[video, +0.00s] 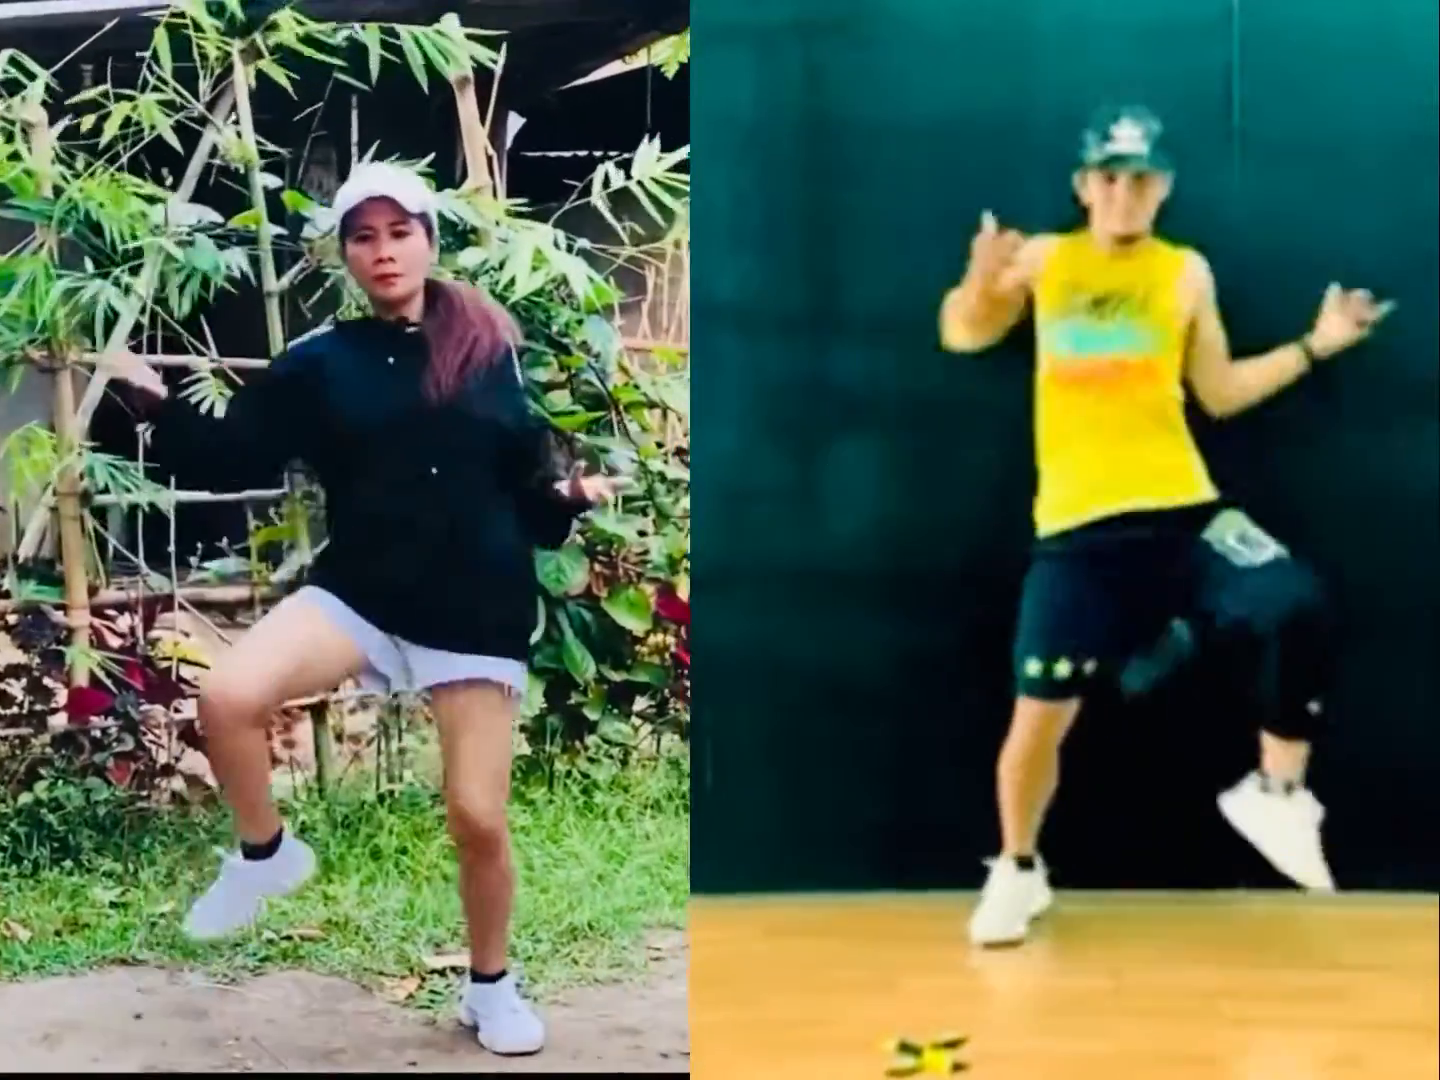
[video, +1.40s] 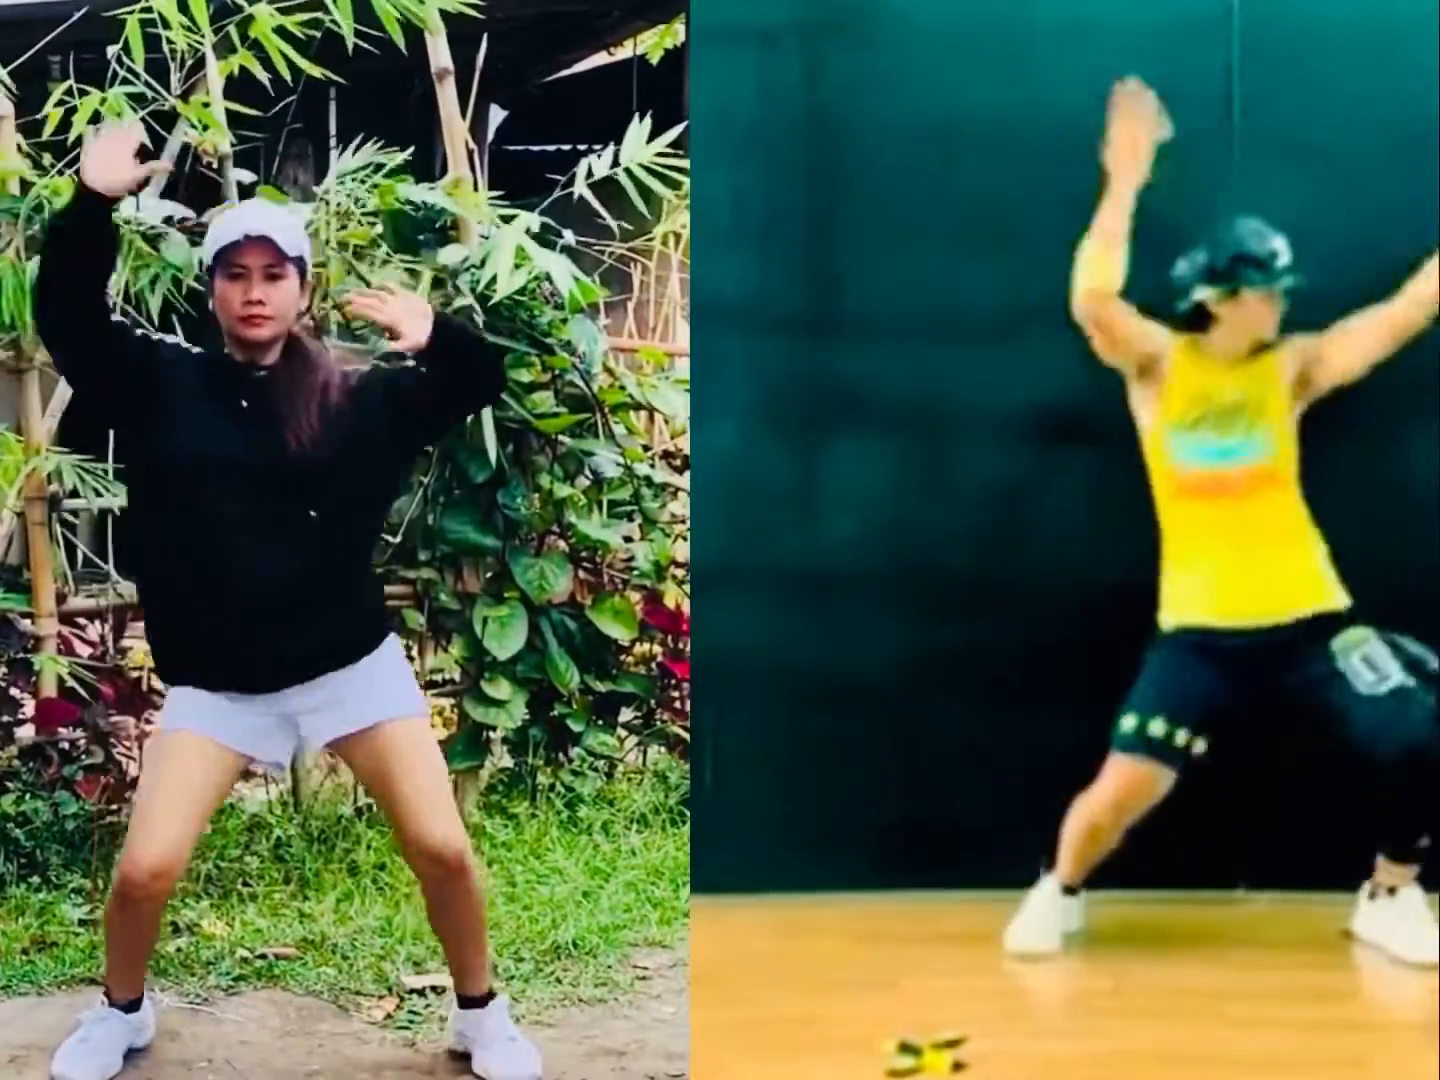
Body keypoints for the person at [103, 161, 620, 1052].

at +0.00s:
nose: (384, 250)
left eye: (400, 231)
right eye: (364, 237)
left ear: (430, 242)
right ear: (345, 256)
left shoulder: (483, 346)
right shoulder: (317, 363)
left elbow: (524, 491)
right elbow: (225, 455)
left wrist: (564, 498)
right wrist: (145, 392)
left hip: (477, 607)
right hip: (359, 591)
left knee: (479, 820)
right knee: (229, 695)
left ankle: (492, 985)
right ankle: (264, 854)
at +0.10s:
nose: (395, 266)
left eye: (412, 247)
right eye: (376, 252)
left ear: (445, 259)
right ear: (358, 273)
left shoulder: (498, 366)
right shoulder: (345, 382)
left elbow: (556, 512)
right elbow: (270, 512)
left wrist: (577, 458)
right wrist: (172, 513)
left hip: (480, 627)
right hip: (361, 599)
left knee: (492, 829)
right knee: (250, 675)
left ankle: (489, 984)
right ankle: (296, 782)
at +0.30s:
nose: (374, 255)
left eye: (393, 237)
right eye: (357, 240)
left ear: (427, 251)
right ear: (341, 259)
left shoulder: (479, 352)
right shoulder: (333, 366)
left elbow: (563, 475)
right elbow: (266, 484)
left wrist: (591, 434)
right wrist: (234, 398)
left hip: (460, 613)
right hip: (343, 588)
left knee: (469, 820)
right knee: (244, 689)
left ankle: (488, 986)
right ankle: (204, 857)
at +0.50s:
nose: (312, 291)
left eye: (332, 277)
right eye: (297, 275)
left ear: (365, 292)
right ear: (273, 288)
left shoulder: (415, 394)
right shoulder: (237, 388)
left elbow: (541, 430)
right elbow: (149, 347)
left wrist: (589, 316)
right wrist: (212, 231)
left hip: (427, 659)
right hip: (294, 656)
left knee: (461, 846)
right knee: (192, 809)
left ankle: (484, 993)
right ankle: (139, 986)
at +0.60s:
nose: (284, 289)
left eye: (305, 273)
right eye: (268, 272)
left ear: (337, 292)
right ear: (246, 288)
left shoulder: (389, 394)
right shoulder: (189, 395)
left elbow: (488, 373)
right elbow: (79, 379)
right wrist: (109, 314)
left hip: (378, 670)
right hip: (237, 674)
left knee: (437, 847)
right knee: (166, 844)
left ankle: (483, 990)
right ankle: (144, 996)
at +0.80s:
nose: (206, 245)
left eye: (228, 230)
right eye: (190, 228)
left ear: (260, 247)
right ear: (166, 242)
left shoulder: (297, 347)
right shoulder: (104, 345)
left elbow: (419, 332)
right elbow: (6, 311)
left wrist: (368, 275)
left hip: (288, 607)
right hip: (152, 629)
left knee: (386, 759)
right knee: (117, 842)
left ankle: (368, 889)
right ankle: (125, 1009)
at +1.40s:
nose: (254, 291)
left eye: (273, 274)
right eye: (235, 274)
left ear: (304, 289)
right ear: (206, 290)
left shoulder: (358, 393)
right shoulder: (155, 384)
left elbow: (475, 381)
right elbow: (68, 318)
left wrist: (433, 333)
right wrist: (96, 200)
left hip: (351, 662)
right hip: (210, 675)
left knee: (444, 847)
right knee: (143, 870)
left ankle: (482, 1010)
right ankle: (120, 1010)